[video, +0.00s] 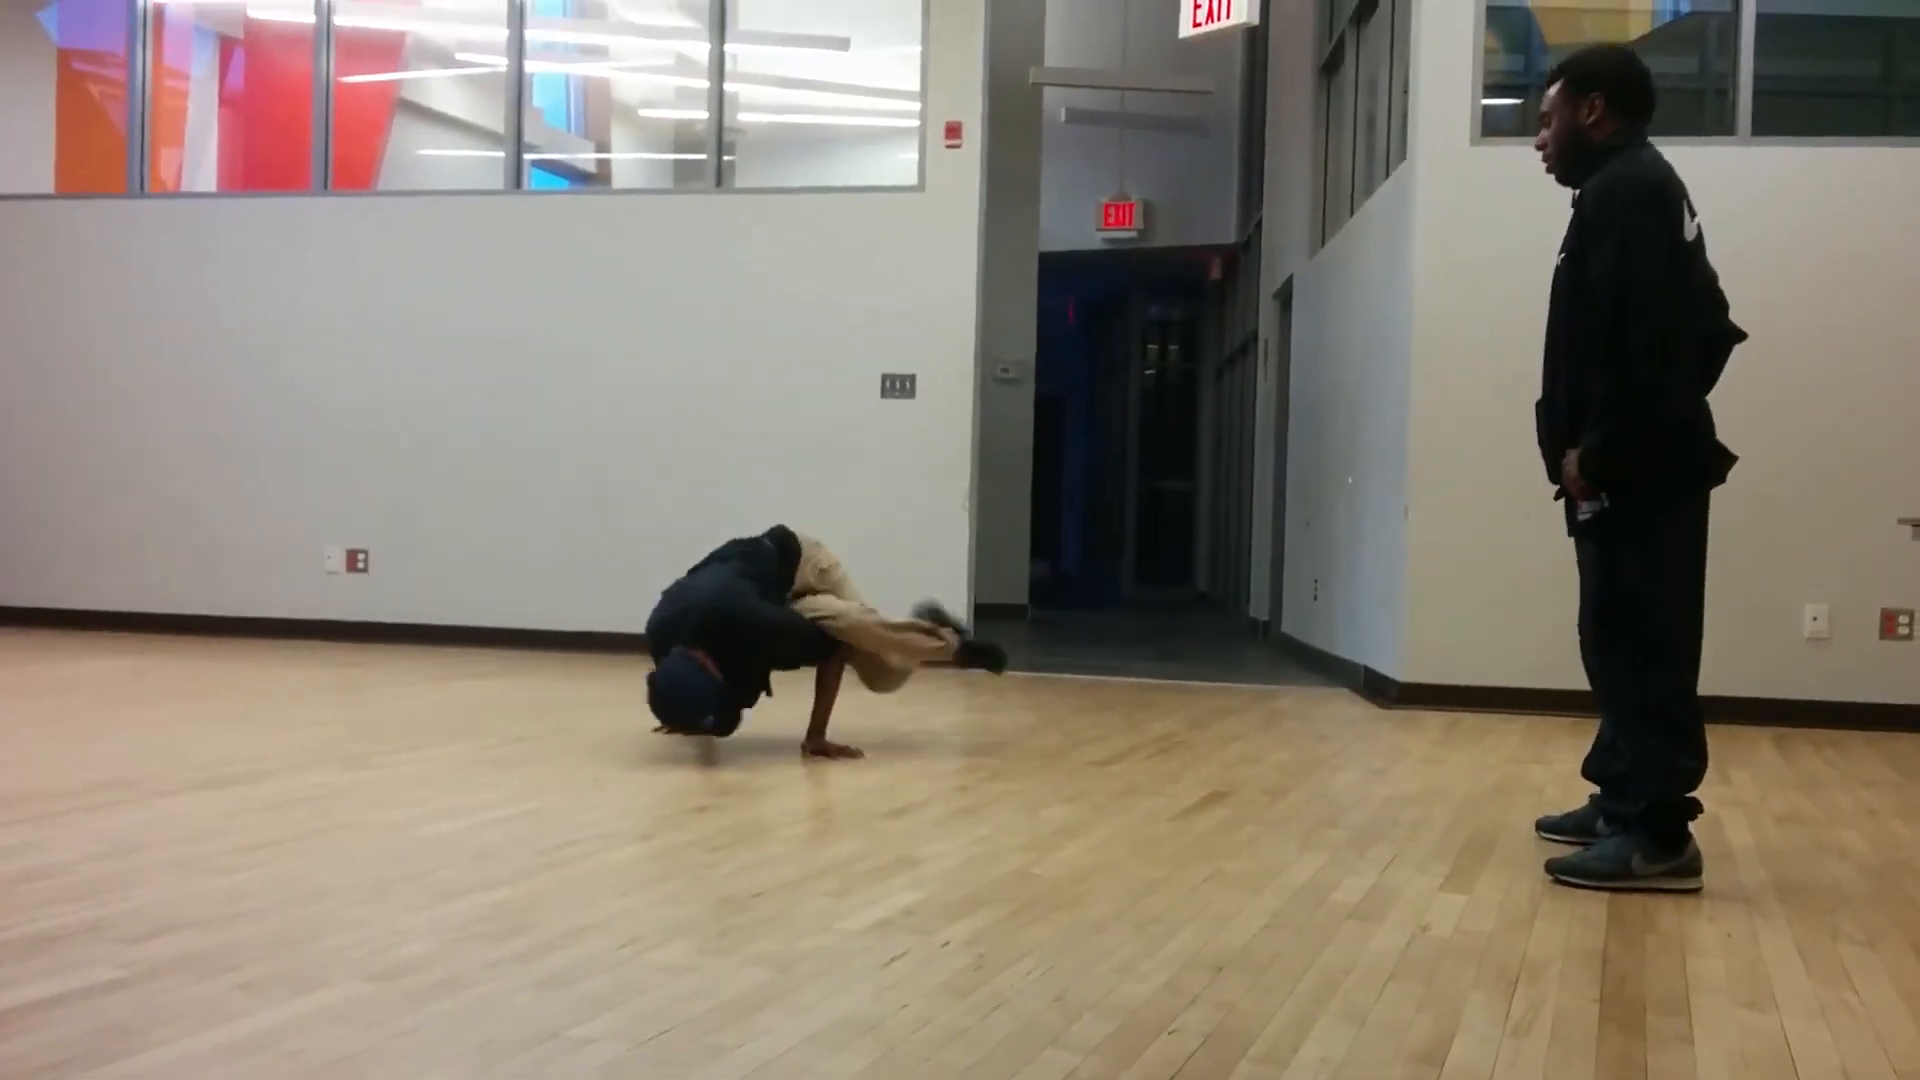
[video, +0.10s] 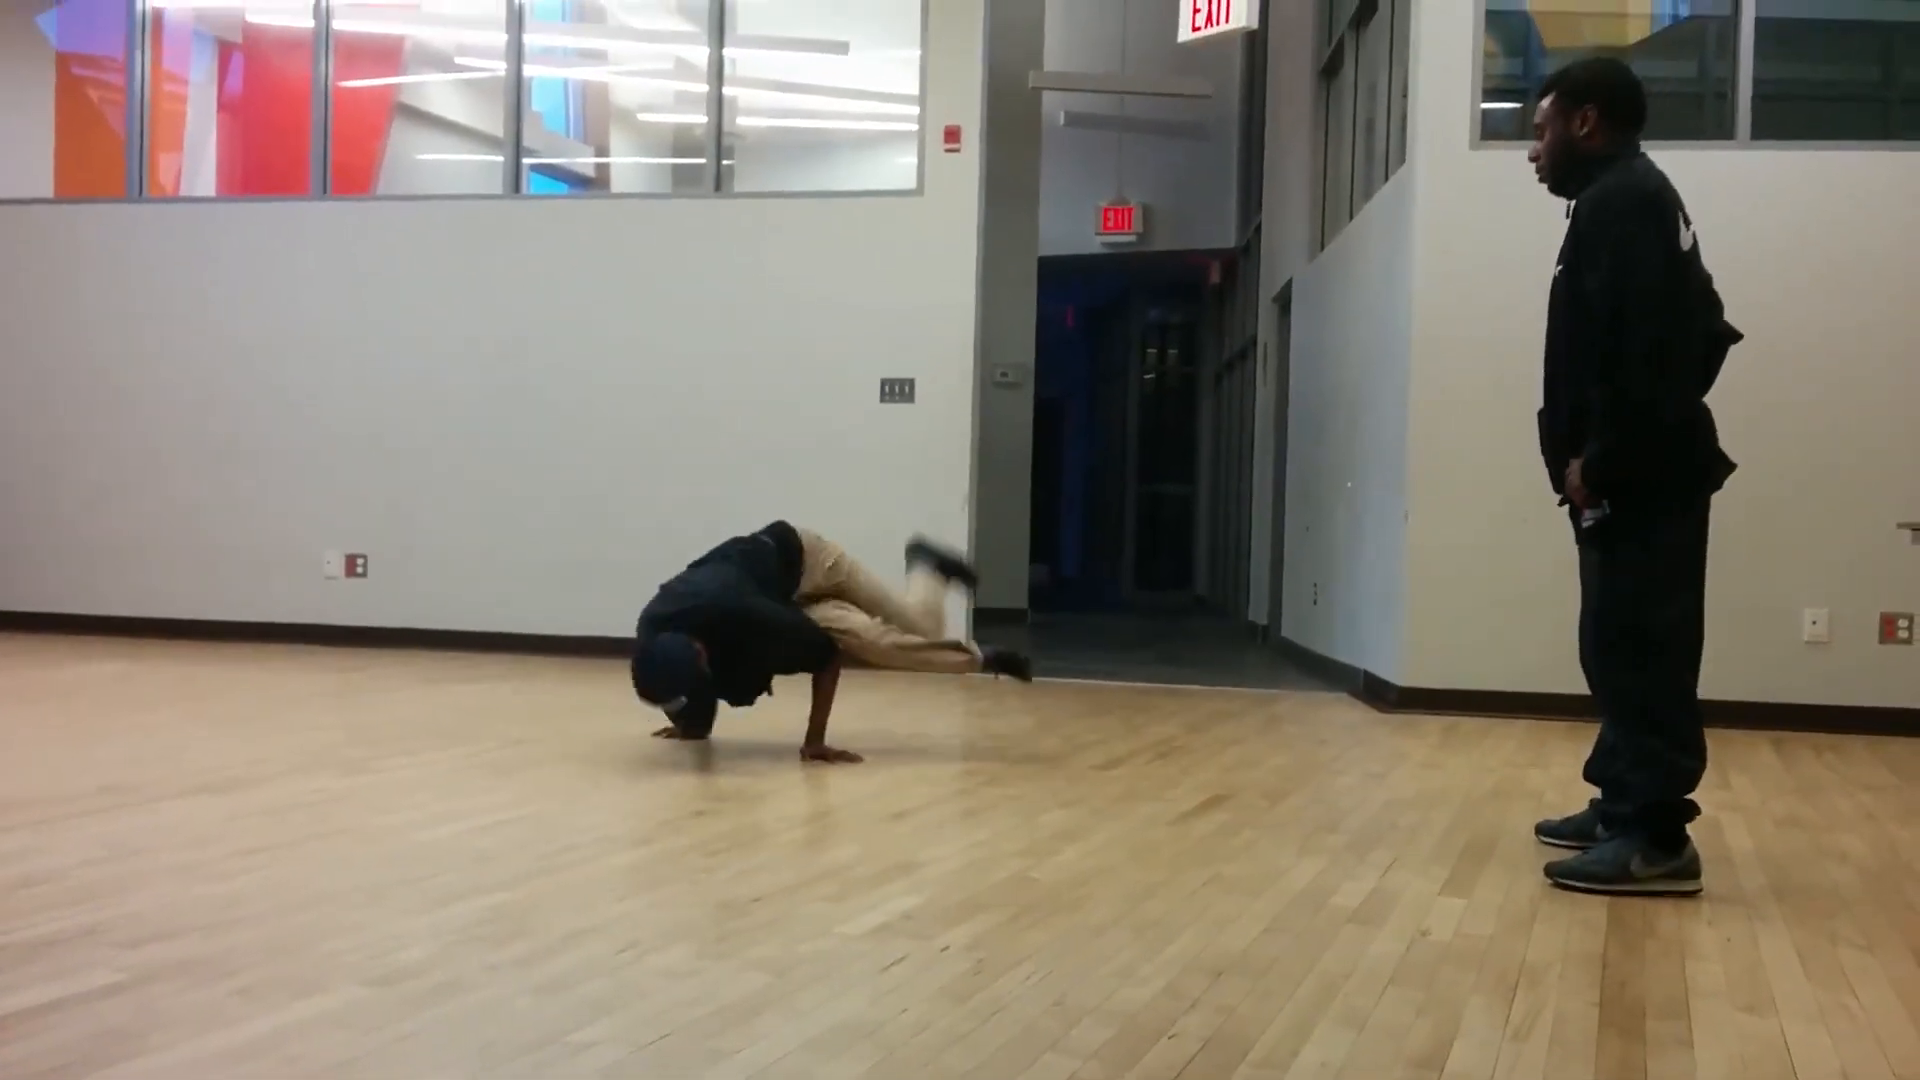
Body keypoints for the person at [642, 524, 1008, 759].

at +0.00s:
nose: (711, 725)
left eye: (713, 716)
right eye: (701, 725)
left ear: (706, 667)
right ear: (671, 675)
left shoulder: (745, 626)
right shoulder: (660, 635)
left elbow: (834, 649)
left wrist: (815, 739)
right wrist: (682, 720)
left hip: (796, 561)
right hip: (768, 604)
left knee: (885, 678)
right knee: (846, 620)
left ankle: (932, 629)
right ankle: (954, 651)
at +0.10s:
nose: (695, 691)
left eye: (695, 682)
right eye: (679, 697)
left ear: (697, 652)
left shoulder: (738, 614)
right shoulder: (653, 631)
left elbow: (826, 659)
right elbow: (699, 680)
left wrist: (815, 743)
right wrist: (692, 728)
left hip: (799, 555)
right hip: (788, 607)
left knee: (921, 626)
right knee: (872, 647)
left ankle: (931, 566)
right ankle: (980, 658)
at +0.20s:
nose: (696, 687)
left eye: (701, 675)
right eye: (683, 683)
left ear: (714, 643)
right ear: (661, 660)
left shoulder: (750, 607)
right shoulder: (652, 626)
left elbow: (822, 661)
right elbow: (692, 672)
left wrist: (814, 745)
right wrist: (700, 729)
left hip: (805, 550)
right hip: (791, 601)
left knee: (944, 588)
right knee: (874, 668)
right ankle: (955, 658)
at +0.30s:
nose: (700, 663)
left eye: (707, 649)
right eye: (690, 656)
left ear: (724, 617)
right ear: (673, 633)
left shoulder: (768, 594)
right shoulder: (669, 616)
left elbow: (828, 663)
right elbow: (699, 669)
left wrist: (815, 749)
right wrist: (701, 731)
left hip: (815, 527)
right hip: (774, 556)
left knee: (933, 612)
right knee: (830, 670)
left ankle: (980, 514)